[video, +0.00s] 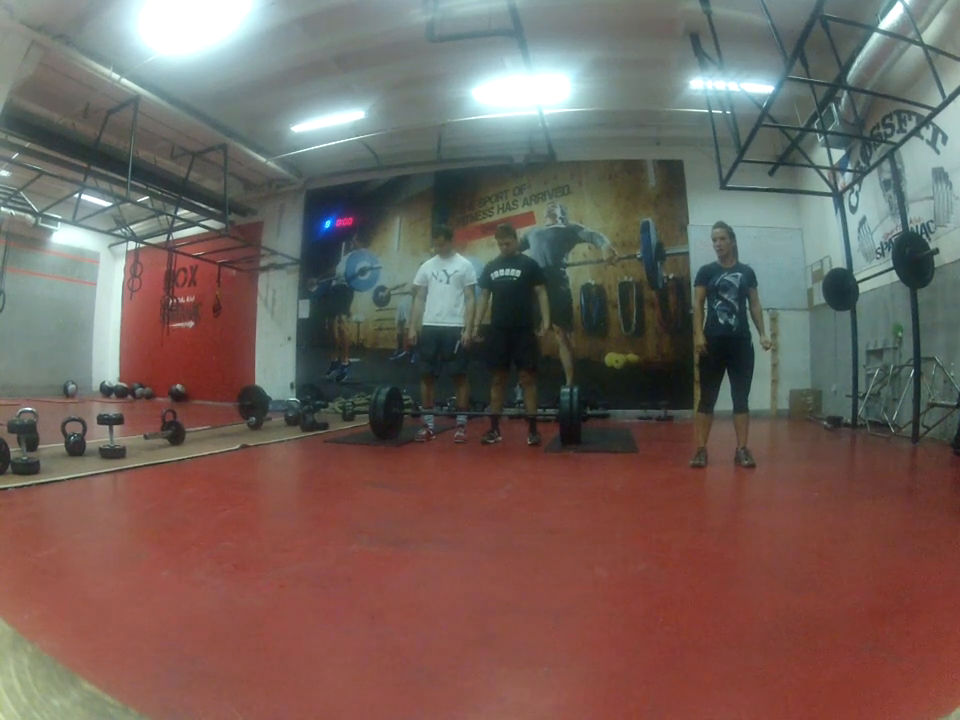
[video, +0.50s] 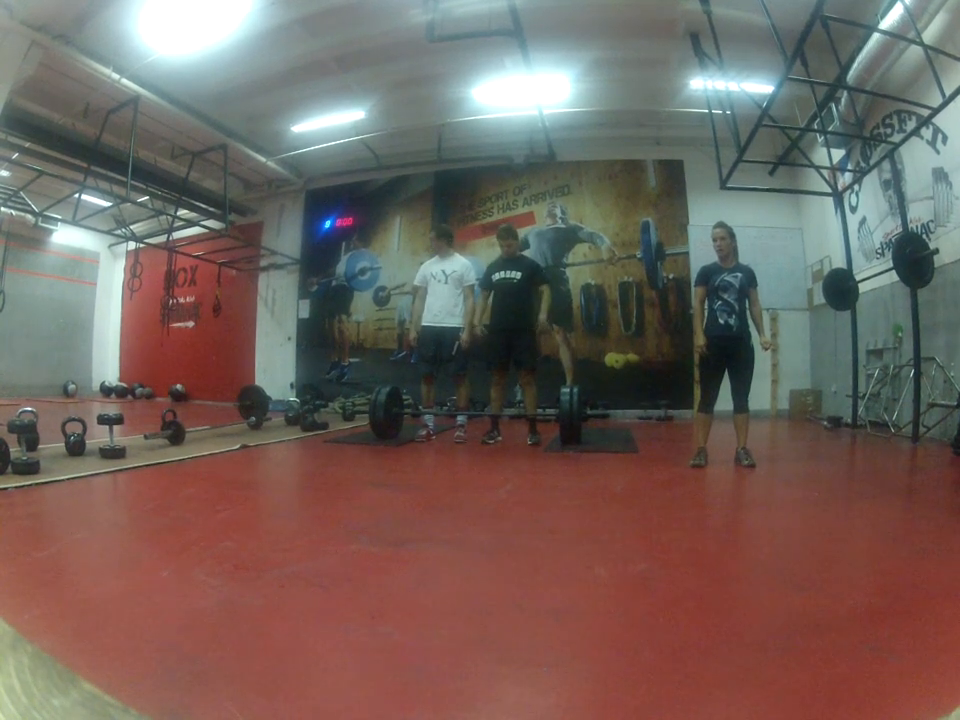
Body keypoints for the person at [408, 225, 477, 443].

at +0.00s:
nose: (438, 245)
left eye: (441, 242)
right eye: (436, 242)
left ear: (450, 241)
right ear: (434, 243)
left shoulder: (464, 266)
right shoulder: (427, 266)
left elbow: (470, 298)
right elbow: (418, 298)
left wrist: (468, 329)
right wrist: (412, 327)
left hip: (455, 329)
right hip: (429, 328)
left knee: (459, 377)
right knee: (427, 377)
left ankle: (461, 425)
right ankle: (427, 425)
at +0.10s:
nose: (438, 245)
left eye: (442, 241)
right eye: (436, 241)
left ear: (450, 242)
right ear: (433, 242)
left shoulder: (464, 266)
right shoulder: (427, 267)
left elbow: (470, 298)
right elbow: (419, 299)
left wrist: (468, 329)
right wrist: (413, 327)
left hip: (455, 328)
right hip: (429, 328)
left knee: (460, 377)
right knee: (427, 376)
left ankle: (461, 424)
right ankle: (427, 424)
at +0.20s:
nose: (437, 246)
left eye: (440, 242)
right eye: (435, 242)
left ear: (449, 242)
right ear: (433, 243)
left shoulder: (464, 266)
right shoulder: (427, 267)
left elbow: (470, 298)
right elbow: (419, 299)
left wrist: (468, 328)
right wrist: (413, 328)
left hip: (455, 328)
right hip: (429, 328)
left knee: (459, 377)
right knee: (427, 376)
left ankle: (461, 424)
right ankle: (427, 424)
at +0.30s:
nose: (434, 246)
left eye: (437, 242)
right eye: (433, 242)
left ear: (448, 242)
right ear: (433, 242)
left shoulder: (464, 266)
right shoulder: (427, 267)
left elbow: (470, 299)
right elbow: (419, 299)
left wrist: (468, 329)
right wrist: (413, 328)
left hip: (455, 329)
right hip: (428, 328)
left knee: (459, 377)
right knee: (427, 376)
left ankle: (461, 424)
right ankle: (427, 424)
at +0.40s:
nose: (431, 245)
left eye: (434, 241)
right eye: (431, 241)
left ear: (447, 241)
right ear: (434, 242)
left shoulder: (463, 265)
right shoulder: (426, 267)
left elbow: (470, 299)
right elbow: (419, 299)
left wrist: (468, 330)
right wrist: (413, 328)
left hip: (455, 329)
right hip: (428, 328)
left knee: (460, 377)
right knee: (427, 376)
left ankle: (461, 424)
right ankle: (427, 424)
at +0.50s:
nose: (431, 244)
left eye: (434, 240)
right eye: (431, 240)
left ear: (445, 241)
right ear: (436, 241)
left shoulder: (463, 265)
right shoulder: (426, 266)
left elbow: (470, 298)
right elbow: (419, 298)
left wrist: (467, 329)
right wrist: (413, 327)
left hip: (455, 328)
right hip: (428, 328)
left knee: (460, 376)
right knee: (427, 376)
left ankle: (461, 423)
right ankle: (428, 424)